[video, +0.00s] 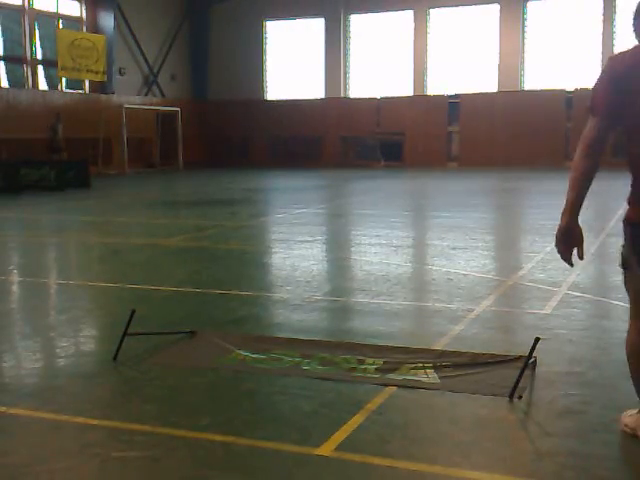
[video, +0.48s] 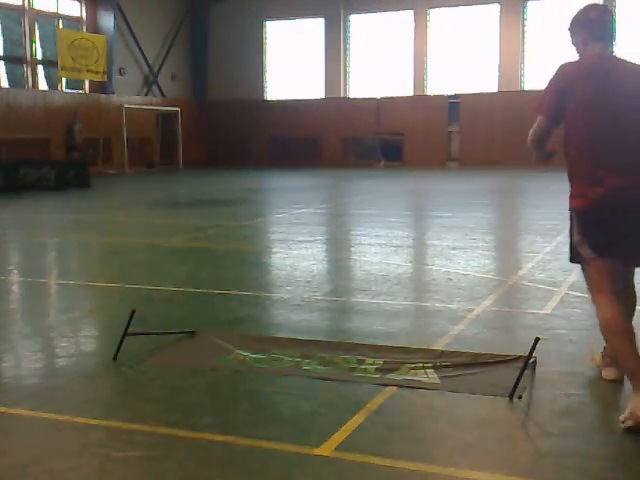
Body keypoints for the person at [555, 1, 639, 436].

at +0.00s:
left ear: (633, 27)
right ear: (631, 28)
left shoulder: (621, 68)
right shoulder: (621, 68)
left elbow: (591, 146)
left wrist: (570, 216)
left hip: (638, 221)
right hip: (635, 221)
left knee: (637, 323)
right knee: (636, 321)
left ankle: (639, 413)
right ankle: (638, 411)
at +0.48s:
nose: (573, 46)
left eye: (573, 39)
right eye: (574, 39)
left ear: (580, 36)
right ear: (610, 35)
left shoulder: (569, 74)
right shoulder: (634, 73)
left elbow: (536, 137)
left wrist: (546, 150)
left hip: (593, 199)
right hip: (635, 197)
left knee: (605, 296)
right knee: (624, 283)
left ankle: (637, 386)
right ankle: (612, 360)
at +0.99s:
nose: (475, 60)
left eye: (477, 52)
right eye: (474, 53)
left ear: (492, 50)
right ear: (505, 49)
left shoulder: (496, 89)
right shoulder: (540, 84)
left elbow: (498, 140)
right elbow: (558, 138)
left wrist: (501, 194)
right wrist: (551, 176)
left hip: (512, 193)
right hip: (551, 191)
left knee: (487, 257)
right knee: (569, 264)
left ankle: (488, 329)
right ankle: (601, 339)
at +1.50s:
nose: (414, 66)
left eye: (420, 59)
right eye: (411, 60)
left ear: (434, 59)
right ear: (407, 61)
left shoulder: (456, 92)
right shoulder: (416, 96)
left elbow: (484, 133)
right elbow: (417, 132)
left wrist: (454, 173)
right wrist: (409, 162)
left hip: (452, 186)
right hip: (422, 184)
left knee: (448, 254)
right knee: (408, 243)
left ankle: (486, 323)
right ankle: (411, 303)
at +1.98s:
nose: (409, 61)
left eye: (413, 55)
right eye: (403, 56)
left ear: (422, 57)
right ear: (395, 61)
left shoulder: (441, 93)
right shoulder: (388, 98)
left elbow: (471, 127)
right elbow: (382, 134)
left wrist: (446, 159)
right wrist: (385, 164)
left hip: (430, 182)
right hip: (396, 182)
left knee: (437, 247)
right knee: (380, 241)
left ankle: (444, 305)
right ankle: (389, 300)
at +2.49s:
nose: (409, 58)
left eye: (413, 53)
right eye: (403, 54)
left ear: (419, 56)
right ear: (392, 57)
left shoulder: (433, 91)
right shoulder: (381, 95)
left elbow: (452, 127)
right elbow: (371, 134)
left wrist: (436, 157)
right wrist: (379, 163)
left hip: (422, 178)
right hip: (387, 179)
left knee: (434, 242)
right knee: (377, 240)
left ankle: (446, 305)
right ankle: (384, 301)